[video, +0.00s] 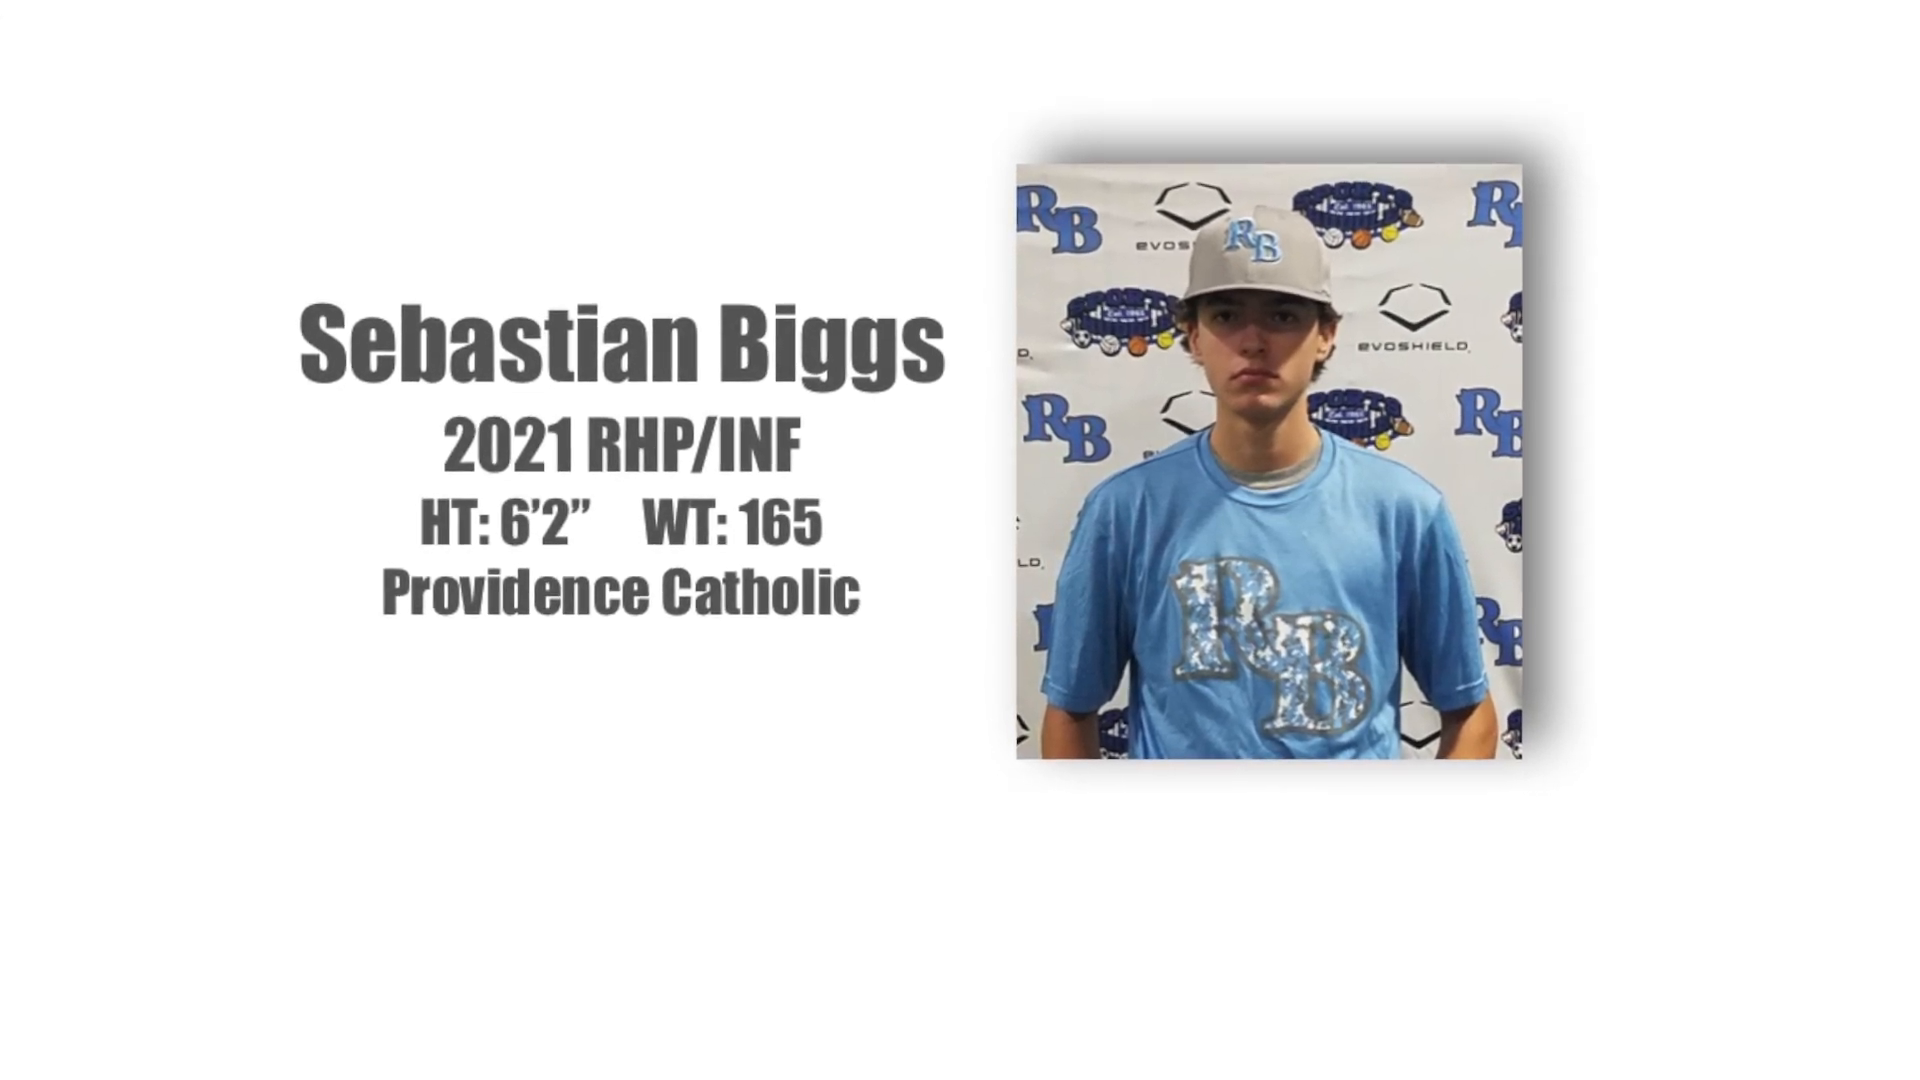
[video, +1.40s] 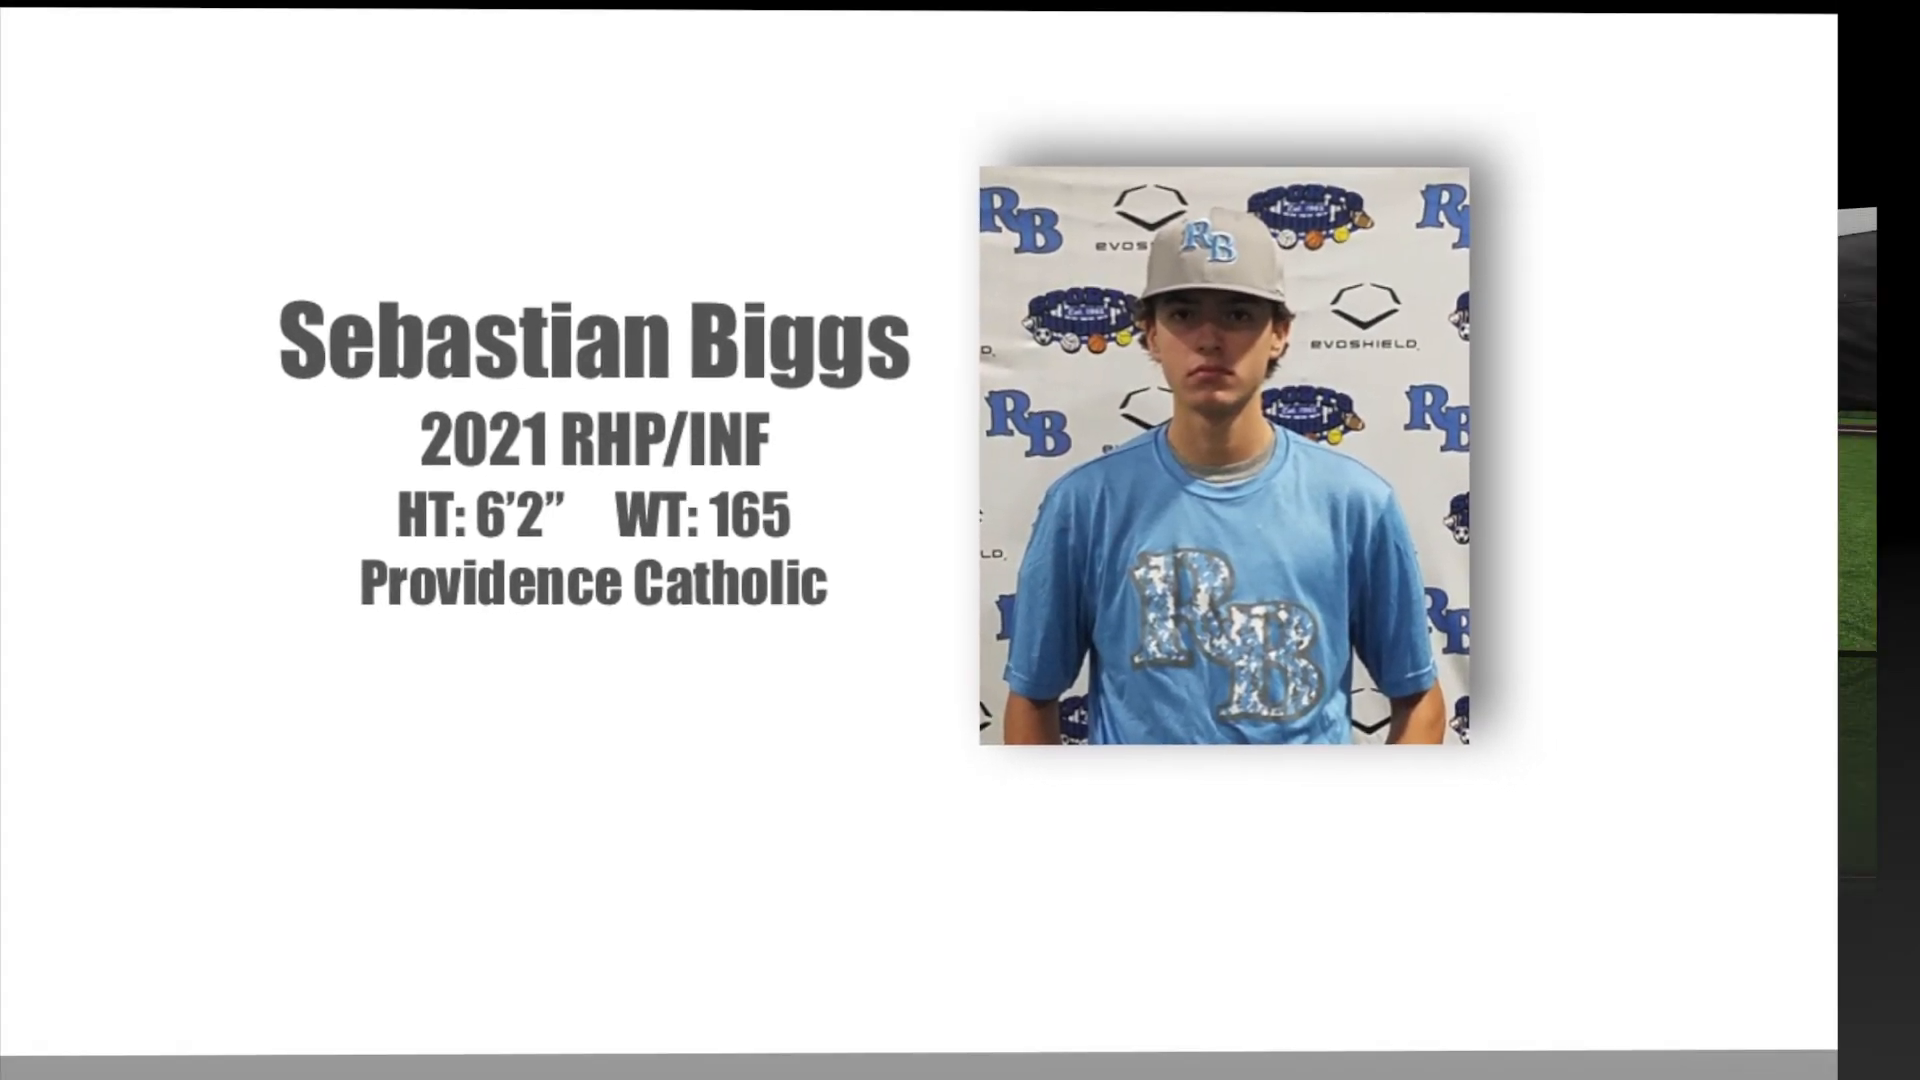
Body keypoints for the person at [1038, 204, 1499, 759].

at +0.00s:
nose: (1254, 340)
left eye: (1282, 316)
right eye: (1229, 316)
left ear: (1324, 337)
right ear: (1193, 338)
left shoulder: (1407, 511)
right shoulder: (1122, 513)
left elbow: (1471, 714)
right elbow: (1071, 716)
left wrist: (1431, 836)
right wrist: (1083, 841)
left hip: (1362, 831)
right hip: (1177, 831)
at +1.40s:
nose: (1209, 338)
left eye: (1237, 314)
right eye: (1186, 315)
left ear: (1278, 336)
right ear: (1151, 336)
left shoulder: (1357, 503)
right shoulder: (1082, 506)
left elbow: (1420, 700)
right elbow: (1032, 702)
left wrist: (1381, 819)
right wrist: (1042, 826)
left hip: (1314, 815)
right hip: (1135, 814)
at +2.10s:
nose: (854, 352)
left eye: (871, 337)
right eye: (838, 336)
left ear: (897, 350)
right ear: (816, 349)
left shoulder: (946, 459)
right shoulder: (771, 460)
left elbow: (986, 586)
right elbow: (739, 587)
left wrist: (963, 664)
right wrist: (744, 670)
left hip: (919, 661)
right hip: (806, 661)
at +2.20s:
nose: (807, 354)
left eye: (823, 340)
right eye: (792, 339)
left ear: (847, 352)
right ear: (772, 352)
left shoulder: (893, 454)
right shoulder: (730, 455)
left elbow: (930, 573)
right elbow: (700, 576)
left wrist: (910, 647)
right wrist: (708, 652)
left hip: (868, 643)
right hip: (762, 643)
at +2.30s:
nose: (763, 356)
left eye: (779, 342)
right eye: (749, 341)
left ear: (801, 354)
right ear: (730, 352)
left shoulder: (844, 450)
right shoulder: (691, 450)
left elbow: (879, 563)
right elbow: (663, 563)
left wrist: (858, 630)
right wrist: (666, 634)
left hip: (820, 628)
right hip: (722, 628)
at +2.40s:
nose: (722, 357)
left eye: (737, 344)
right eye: (709, 343)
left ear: (758, 355)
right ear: (692, 354)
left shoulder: (799, 446)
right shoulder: (655, 446)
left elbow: (831, 552)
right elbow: (629, 552)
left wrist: (813, 617)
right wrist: (632, 621)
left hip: (775, 614)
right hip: (683, 613)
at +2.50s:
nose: (685, 358)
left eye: (699, 346)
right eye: (673, 345)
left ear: (718, 357)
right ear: (656, 355)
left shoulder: (757, 442)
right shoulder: (622, 442)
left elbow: (788, 544)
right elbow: (597, 543)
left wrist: (769, 601)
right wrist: (601, 608)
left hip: (735, 598)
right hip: (649, 597)